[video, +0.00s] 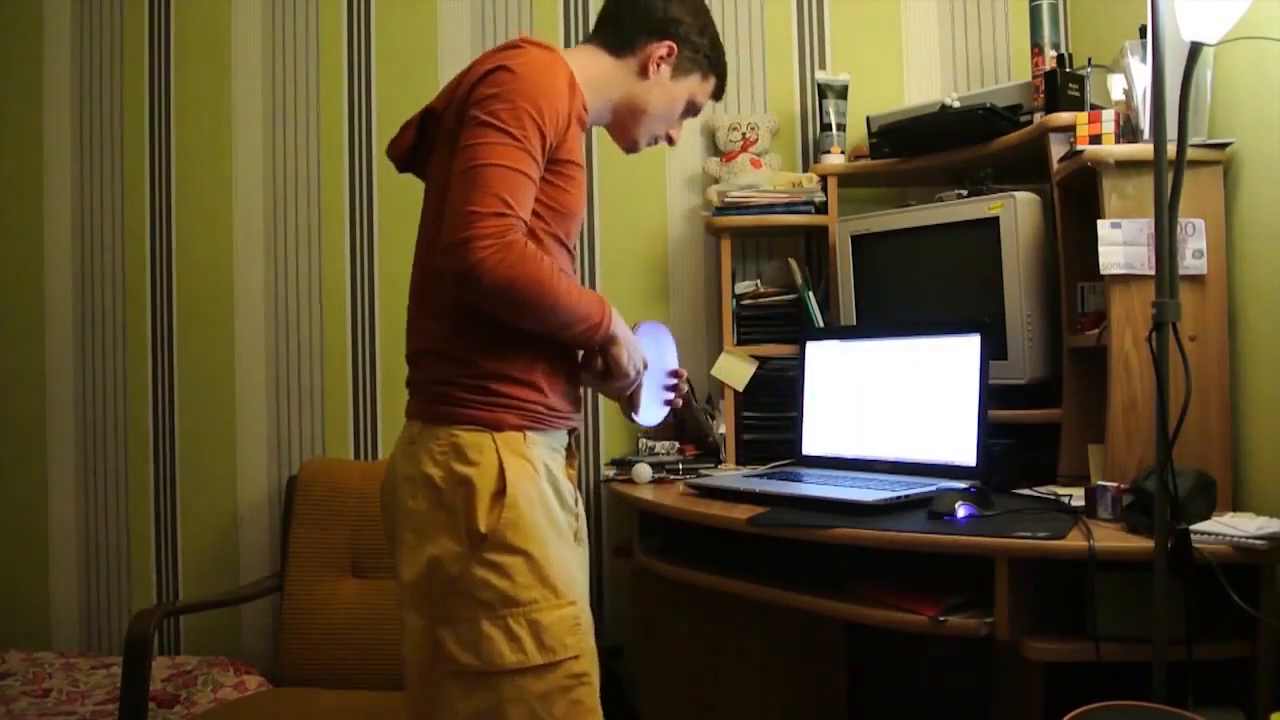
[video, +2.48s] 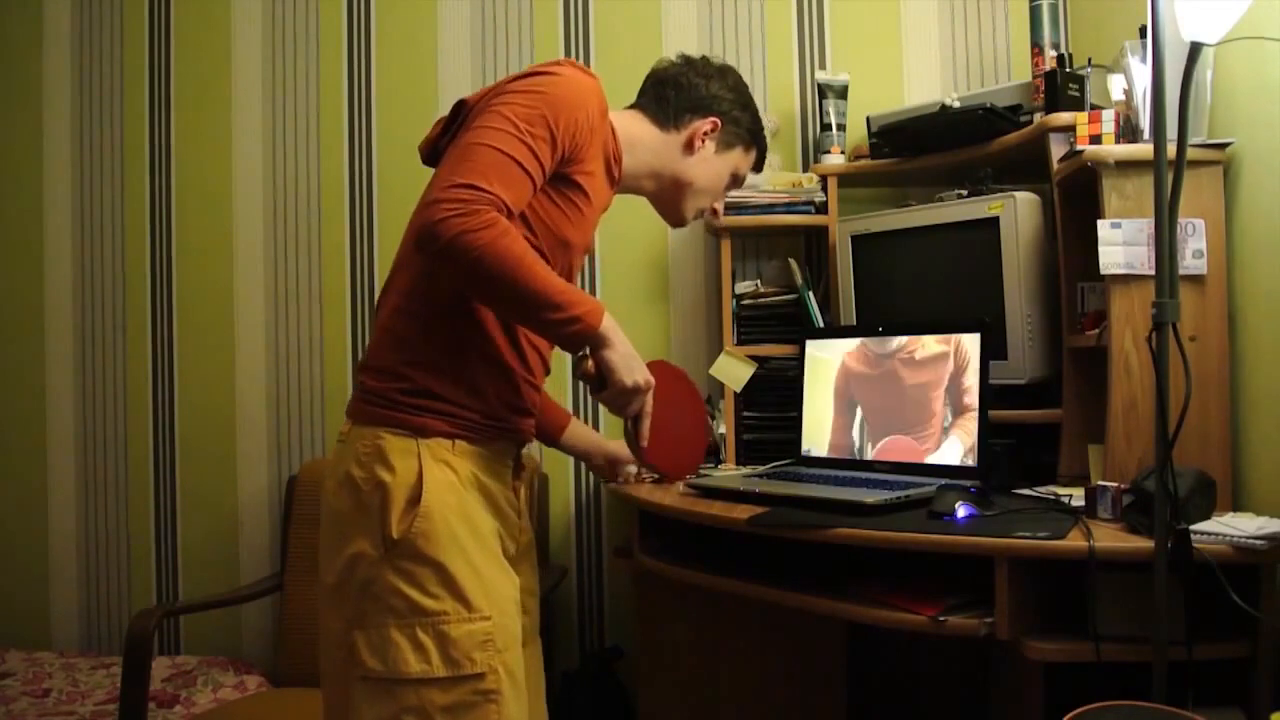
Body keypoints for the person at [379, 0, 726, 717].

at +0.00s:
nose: (676, 132)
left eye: (688, 117)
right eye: (687, 107)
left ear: (651, 61)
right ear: (660, 59)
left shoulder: (555, 106)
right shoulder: (530, 75)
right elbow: (487, 251)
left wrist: (612, 363)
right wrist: (605, 330)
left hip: (514, 464)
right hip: (485, 470)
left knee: (512, 704)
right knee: (538, 706)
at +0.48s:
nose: (715, 243)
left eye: (729, 232)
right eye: (731, 222)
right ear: (716, 172)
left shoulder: (593, 207)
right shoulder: (603, 102)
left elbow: (526, 382)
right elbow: (498, 213)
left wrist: (674, 432)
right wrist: (618, 341)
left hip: (482, 478)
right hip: (433, 474)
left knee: (483, 700)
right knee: (465, 705)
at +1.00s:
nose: (720, 243)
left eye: (734, 230)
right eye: (736, 220)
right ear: (720, 170)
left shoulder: (597, 212)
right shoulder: (602, 101)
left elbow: (566, 388)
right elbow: (488, 208)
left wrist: (703, 441)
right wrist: (614, 335)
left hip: (488, 476)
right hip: (429, 469)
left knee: (504, 699)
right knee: (469, 704)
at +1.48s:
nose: (725, 237)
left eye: (738, 223)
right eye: (740, 214)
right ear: (724, 168)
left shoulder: (602, 214)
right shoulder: (605, 103)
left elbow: (577, 392)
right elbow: (490, 210)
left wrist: (715, 440)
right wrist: (617, 335)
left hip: (490, 476)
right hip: (431, 469)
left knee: (507, 700)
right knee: (472, 704)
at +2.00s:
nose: (725, 224)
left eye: (741, 211)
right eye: (742, 201)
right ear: (720, 155)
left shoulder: (597, 199)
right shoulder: (597, 97)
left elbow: (506, 363)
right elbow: (482, 209)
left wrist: (610, 448)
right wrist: (617, 332)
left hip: (489, 475)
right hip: (430, 472)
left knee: (512, 700)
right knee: (469, 705)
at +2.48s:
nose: (718, 208)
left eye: (733, 191)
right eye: (733, 180)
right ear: (704, 132)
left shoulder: (581, 192)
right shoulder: (569, 94)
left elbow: (483, 366)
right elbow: (457, 215)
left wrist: (590, 446)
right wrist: (601, 329)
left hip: (485, 476)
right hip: (421, 476)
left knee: (513, 705)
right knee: (462, 707)